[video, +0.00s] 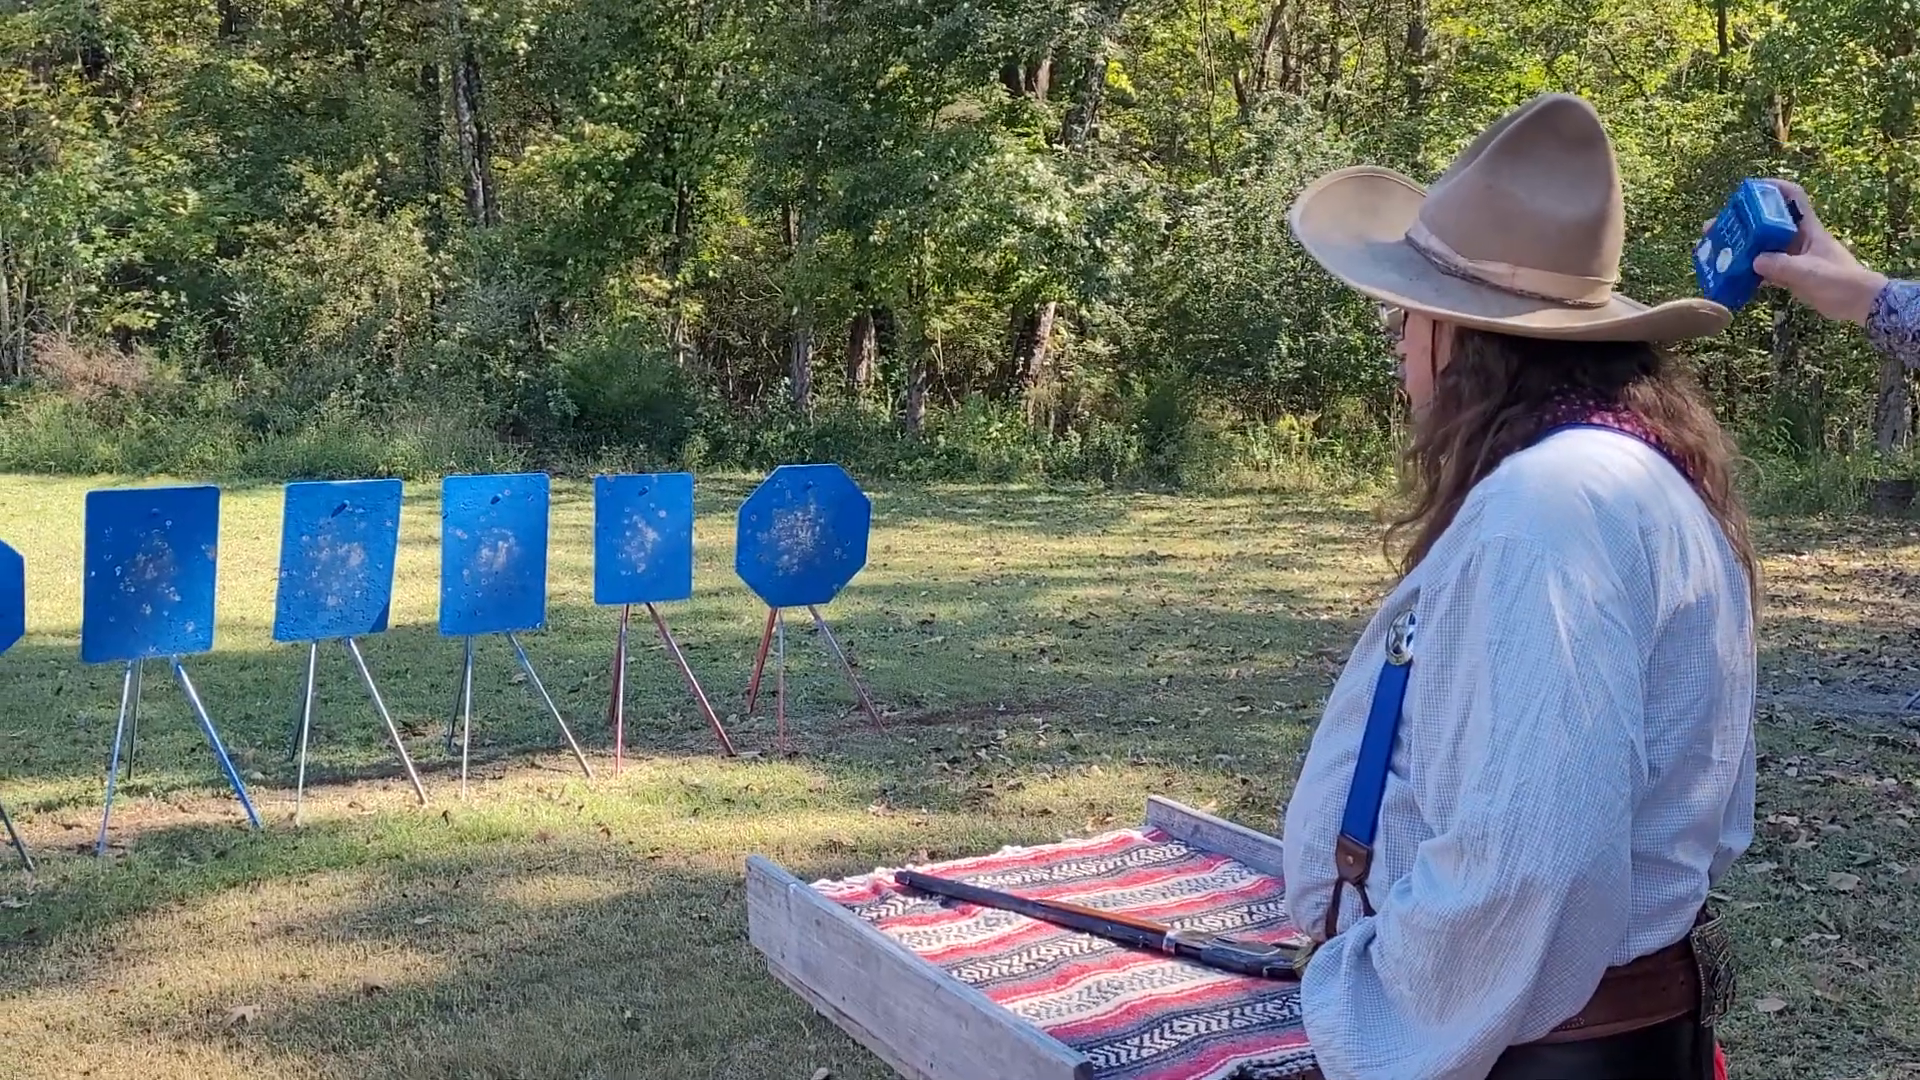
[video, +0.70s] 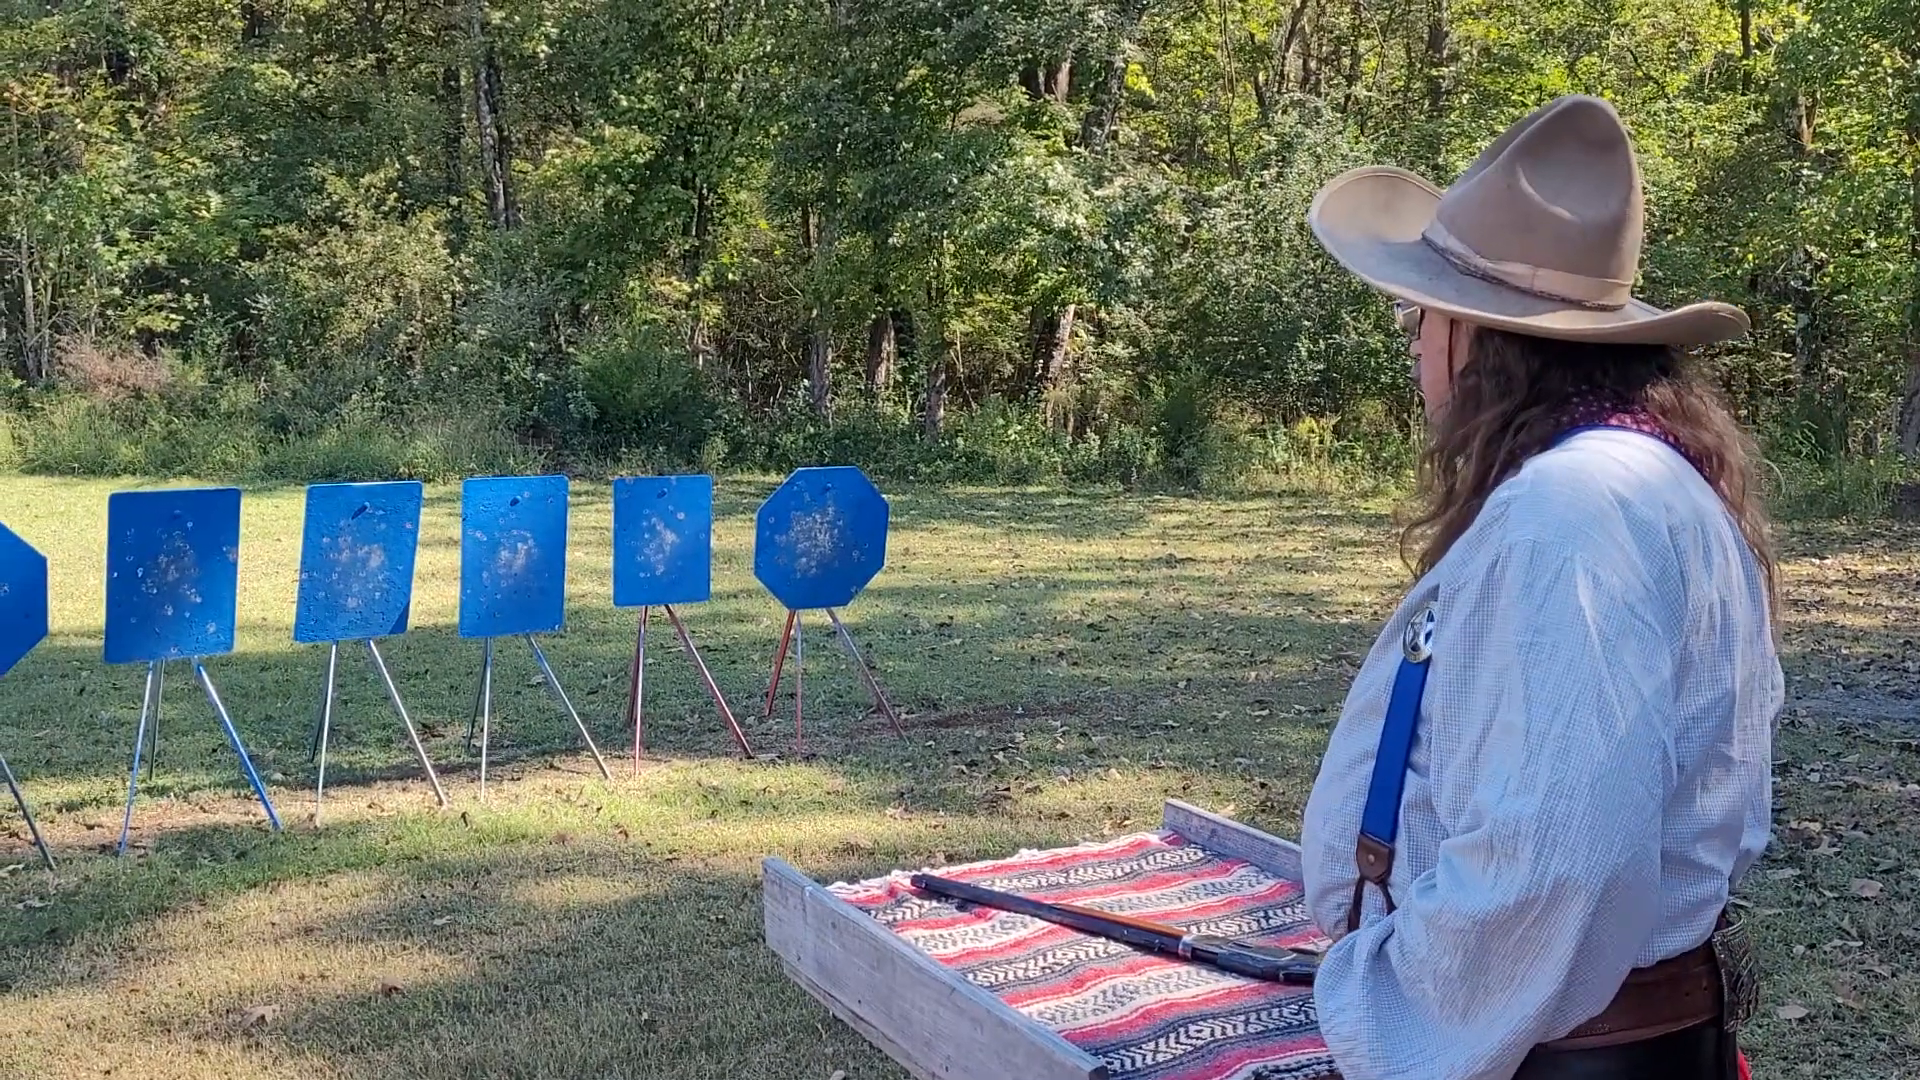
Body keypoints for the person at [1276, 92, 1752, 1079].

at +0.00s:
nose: (1395, 344)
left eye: (1406, 317)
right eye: (1400, 316)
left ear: (1464, 337)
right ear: (1569, 329)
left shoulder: (1551, 503)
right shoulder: (1639, 471)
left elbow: (1531, 852)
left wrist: (1363, 997)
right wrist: (1380, 893)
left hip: (1553, 1035)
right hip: (1637, 1003)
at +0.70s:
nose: (1413, 341)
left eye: (1425, 316)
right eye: (1419, 315)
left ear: (1486, 340)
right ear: (1586, 335)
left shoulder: (1573, 507)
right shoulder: (1656, 475)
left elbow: (1550, 851)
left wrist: (1379, 981)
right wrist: (1399, 903)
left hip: (1577, 1036)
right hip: (1658, 1003)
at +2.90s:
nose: (1359, 323)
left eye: (1375, 296)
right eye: (1366, 295)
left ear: (1447, 315)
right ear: (1483, 319)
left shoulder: (1627, 498)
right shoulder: (1454, 470)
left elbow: (1671, 909)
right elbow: (1255, 526)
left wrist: (1607, 1062)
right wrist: (1062, 465)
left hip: (1511, 1034)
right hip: (1378, 987)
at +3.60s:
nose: (1376, 320)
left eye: (1391, 291)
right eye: (1382, 291)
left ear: (1455, 311)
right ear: (1504, 312)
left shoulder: (1638, 492)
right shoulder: (1468, 463)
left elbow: (1678, 921)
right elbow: (1265, 513)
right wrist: (1072, 445)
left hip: (1510, 1033)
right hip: (1386, 989)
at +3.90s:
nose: (1375, 319)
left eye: (1388, 290)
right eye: (1381, 289)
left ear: (1450, 308)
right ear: (1504, 311)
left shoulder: (1644, 486)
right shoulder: (1466, 463)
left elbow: (1692, 914)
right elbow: (1266, 517)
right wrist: (1073, 458)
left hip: (1514, 1035)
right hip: (1383, 991)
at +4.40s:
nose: (1391, 326)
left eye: (1395, 299)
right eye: (1391, 299)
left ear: (1430, 311)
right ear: (1542, 306)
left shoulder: (1634, 491)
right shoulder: (1477, 476)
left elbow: (1673, 908)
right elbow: (1290, 525)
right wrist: (1112, 453)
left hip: (1503, 1043)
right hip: (1392, 1010)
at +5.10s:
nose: (1403, 320)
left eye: (1415, 298)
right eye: (1406, 295)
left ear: (1456, 319)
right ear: (1559, 310)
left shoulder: (1557, 491)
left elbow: (1543, 862)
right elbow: (1400, 488)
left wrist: (1423, 1060)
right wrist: (1287, 422)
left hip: (1516, 1029)